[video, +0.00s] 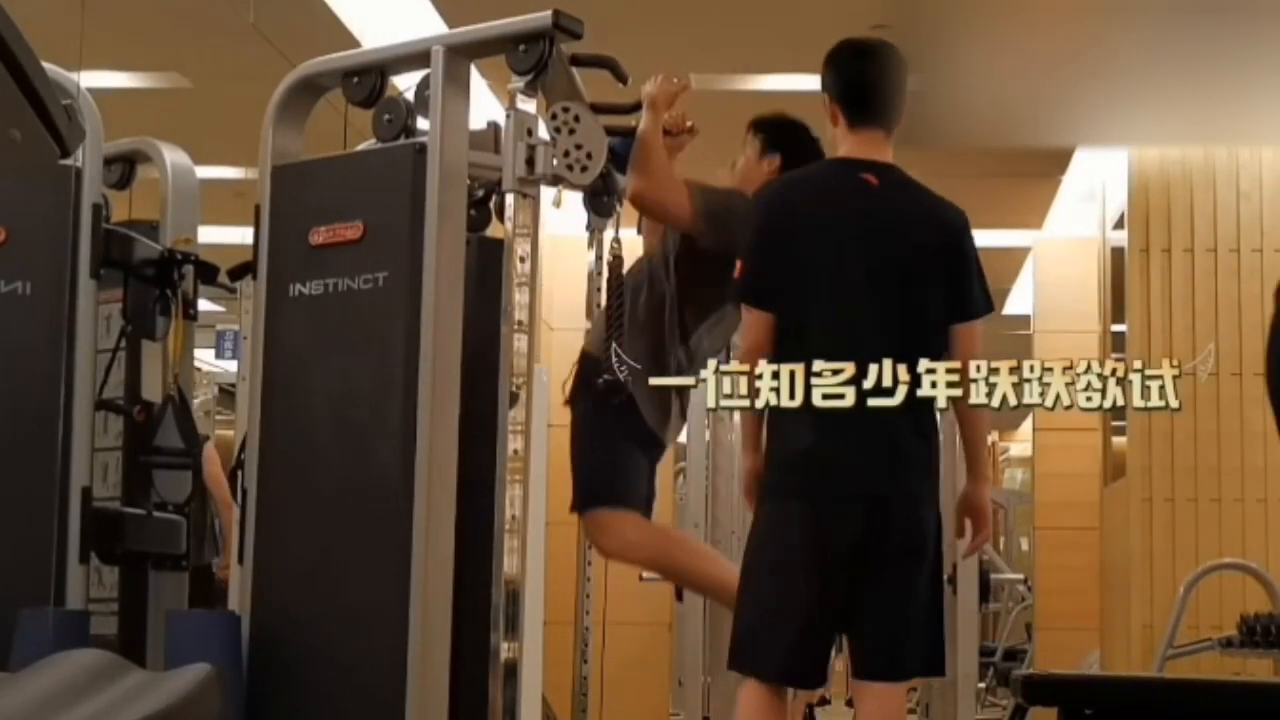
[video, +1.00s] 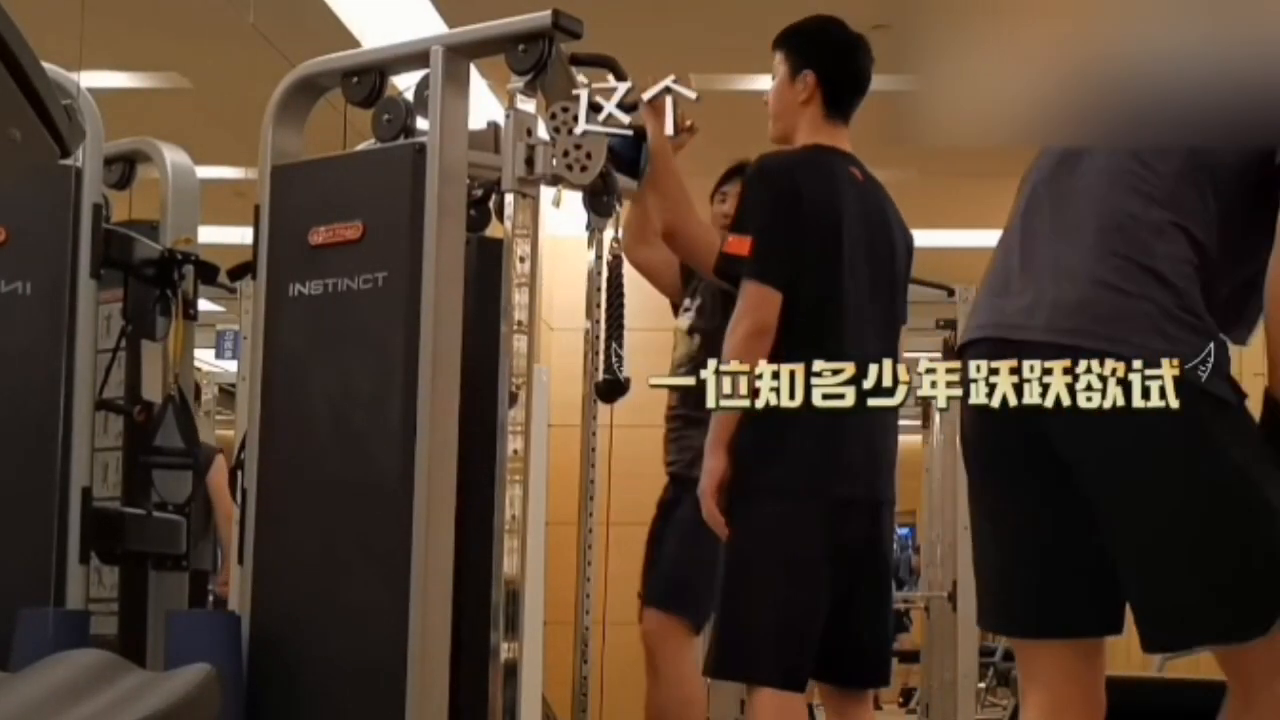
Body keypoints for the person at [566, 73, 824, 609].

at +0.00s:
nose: (736, 169)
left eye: (745, 158)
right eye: (739, 158)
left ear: (772, 162)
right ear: (783, 169)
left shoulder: (749, 213)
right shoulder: (755, 220)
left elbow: (648, 189)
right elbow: (659, 244)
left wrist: (651, 116)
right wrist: (662, 157)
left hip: (623, 373)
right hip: (635, 376)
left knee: (613, 530)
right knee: (619, 529)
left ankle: (759, 600)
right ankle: (759, 600)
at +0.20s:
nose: (729, 108)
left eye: (739, 98)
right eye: (734, 97)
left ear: (763, 107)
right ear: (784, 118)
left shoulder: (741, 164)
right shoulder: (760, 176)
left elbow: (653, 183)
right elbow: (670, 189)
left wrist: (652, 111)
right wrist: (674, 142)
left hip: (626, 325)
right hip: (639, 330)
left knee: (612, 477)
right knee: (621, 477)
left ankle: (751, 554)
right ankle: (751, 553)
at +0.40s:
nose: (717, 112)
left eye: (726, 102)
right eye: (721, 101)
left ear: (750, 111)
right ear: (771, 122)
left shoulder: (731, 169)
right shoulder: (748, 175)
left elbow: (640, 180)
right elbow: (655, 198)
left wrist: (649, 111)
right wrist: (670, 146)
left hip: (623, 341)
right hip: (645, 345)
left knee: (606, 496)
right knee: (621, 496)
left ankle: (739, 592)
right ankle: (739, 591)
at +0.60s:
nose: (699, 174)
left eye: (709, 161)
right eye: (703, 163)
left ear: (735, 169)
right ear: (747, 176)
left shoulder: (721, 221)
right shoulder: (732, 234)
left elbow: (635, 189)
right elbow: (653, 253)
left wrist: (646, 117)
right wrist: (662, 152)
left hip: (639, 416)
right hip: (661, 417)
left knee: (612, 588)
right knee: (644, 590)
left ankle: (644, 718)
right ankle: (661, 715)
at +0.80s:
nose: (686, 229)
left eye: (698, 217)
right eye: (687, 219)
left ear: (731, 231)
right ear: (703, 233)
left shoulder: (729, 287)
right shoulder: (706, 294)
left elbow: (652, 211)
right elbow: (647, 243)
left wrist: (651, 124)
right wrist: (658, 153)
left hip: (679, 504)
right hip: (672, 500)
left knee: (586, 647)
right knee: (604, 652)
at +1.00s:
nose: (724, 211)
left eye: (735, 201)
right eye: (721, 201)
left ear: (756, 212)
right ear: (715, 206)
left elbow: (683, 231)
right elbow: (638, 243)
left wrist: (659, 144)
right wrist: (655, 167)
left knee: (666, 624)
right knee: (662, 624)